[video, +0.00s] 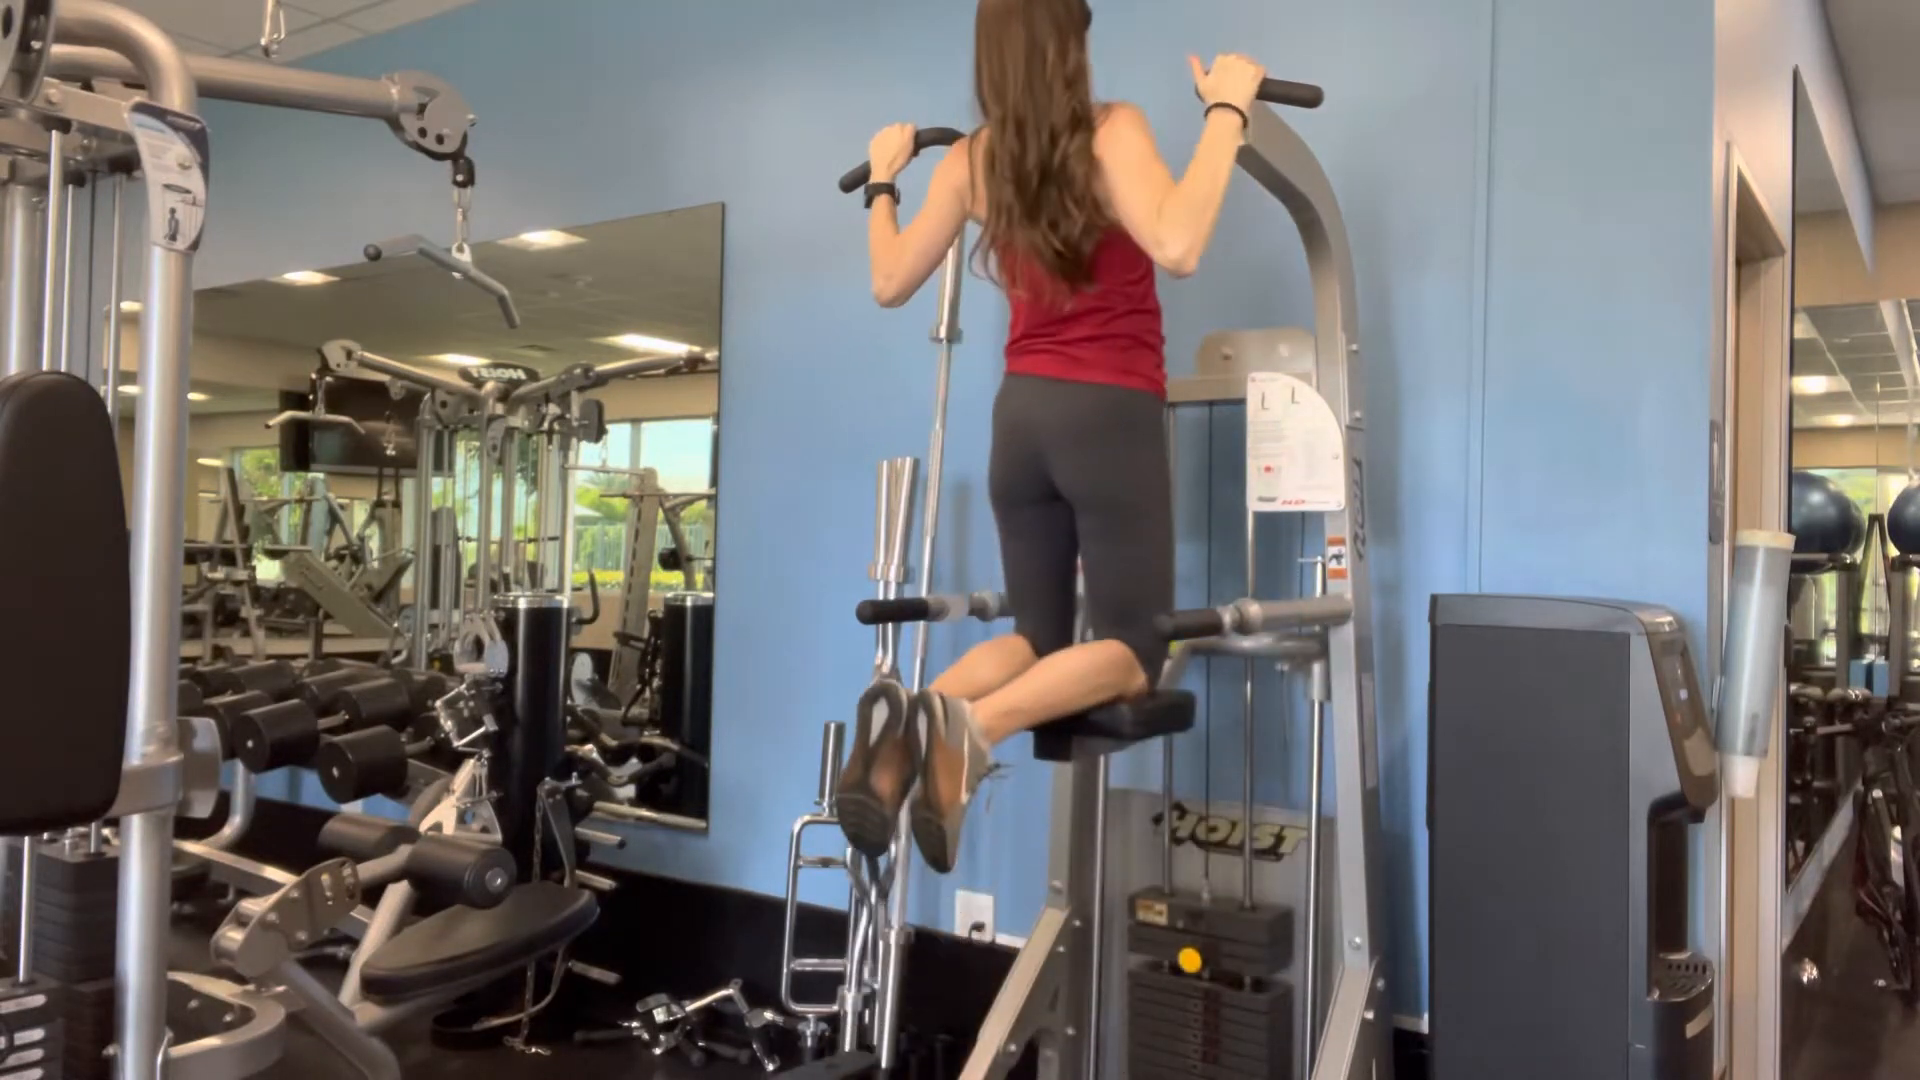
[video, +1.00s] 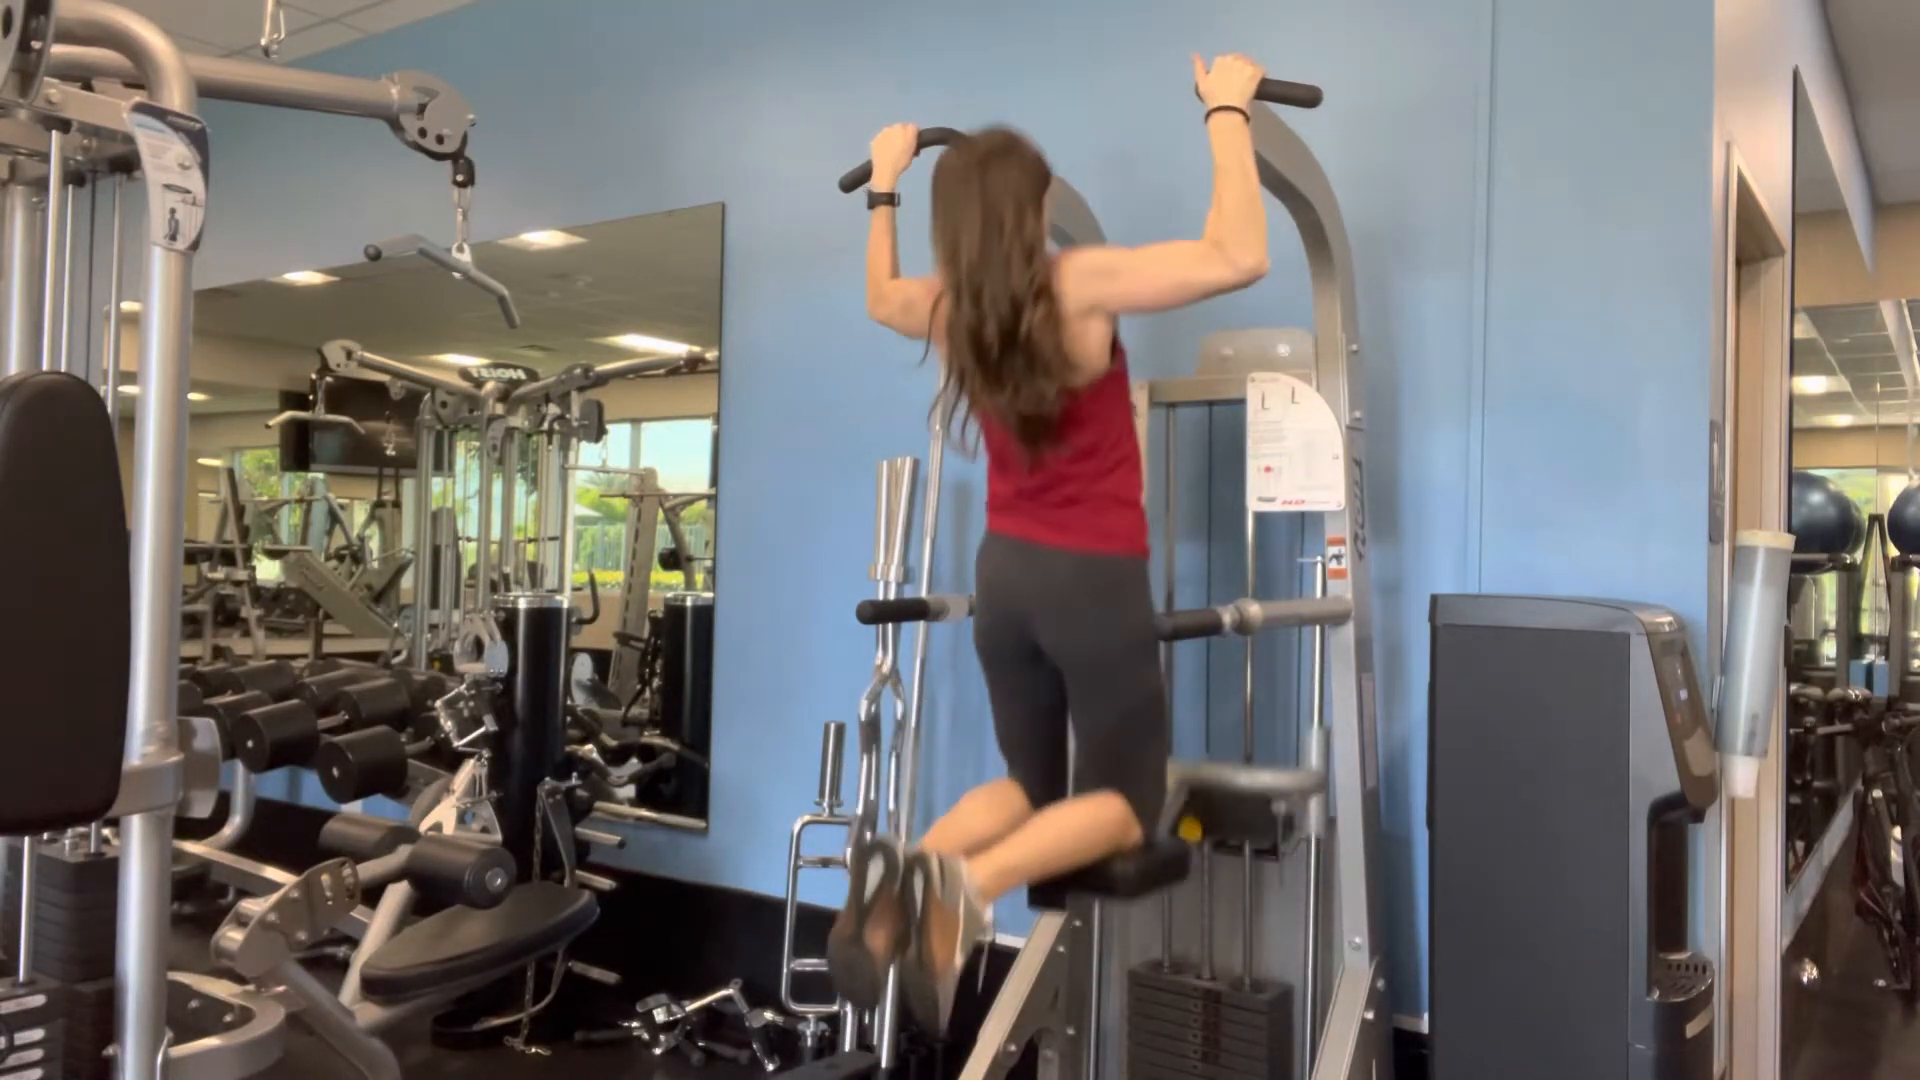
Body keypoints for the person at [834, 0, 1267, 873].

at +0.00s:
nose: (1082, 45)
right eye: (1077, 33)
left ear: (991, 54)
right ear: (1073, 44)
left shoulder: (973, 157)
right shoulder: (1110, 129)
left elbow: (891, 280)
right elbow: (1177, 243)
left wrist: (879, 181)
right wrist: (1228, 114)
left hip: (1020, 415)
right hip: (1110, 416)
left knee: (1039, 638)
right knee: (1132, 653)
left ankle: (915, 716)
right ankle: (978, 724)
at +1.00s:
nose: (1054, 199)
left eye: (1040, 185)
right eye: (1046, 187)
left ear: (953, 216)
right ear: (1036, 204)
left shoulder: (952, 304)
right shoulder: (1077, 278)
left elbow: (880, 295)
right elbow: (1237, 256)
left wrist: (882, 187)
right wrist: (1228, 113)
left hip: (1004, 577)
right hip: (1093, 580)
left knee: (1031, 784)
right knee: (1127, 804)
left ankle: (913, 866)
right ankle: (970, 887)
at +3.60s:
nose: (1040, 169)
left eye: (1018, 160)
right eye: (1031, 160)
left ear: (950, 193)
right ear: (1026, 181)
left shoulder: (947, 283)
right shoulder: (1073, 260)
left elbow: (883, 295)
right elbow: (1233, 257)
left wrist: (885, 188)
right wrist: (1230, 116)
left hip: (999, 557)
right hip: (1086, 560)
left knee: (1028, 765)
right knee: (1128, 785)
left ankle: (901, 854)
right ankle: (958, 868)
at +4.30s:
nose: (1055, 334)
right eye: (1046, 330)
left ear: (969, 372)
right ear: (1044, 358)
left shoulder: (969, 437)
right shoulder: (1094, 416)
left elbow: (922, 307)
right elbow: (1193, 281)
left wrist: (890, 189)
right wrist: (1223, 119)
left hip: (997, 714)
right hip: (1088, 730)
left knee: (1015, 934)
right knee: (1121, 955)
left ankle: (900, 1060)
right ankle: (968, 1076)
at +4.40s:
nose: (1048, 322)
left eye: (988, 321)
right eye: (1040, 315)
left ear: (962, 349)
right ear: (1037, 336)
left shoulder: (961, 424)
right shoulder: (1088, 401)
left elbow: (914, 301)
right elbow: (1200, 277)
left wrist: (888, 185)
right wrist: (1223, 119)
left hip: (997, 695)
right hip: (1087, 708)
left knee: (1016, 915)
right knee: (1119, 935)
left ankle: (900, 1035)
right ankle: (968, 1049)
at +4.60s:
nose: (1042, 254)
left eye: (990, 248)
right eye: (1034, 245)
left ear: (954, 269)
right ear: (1030, 263)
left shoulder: (945, 356)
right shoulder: (1078, 339)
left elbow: (894, 286)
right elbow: (1226, 266)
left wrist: (887, 183)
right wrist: (1228, 117)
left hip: (997, 632)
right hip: (1089, 638)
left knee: (1020, 843)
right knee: (1127, 866)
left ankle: (896, 953)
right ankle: (964, 959)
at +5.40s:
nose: (1077, 30)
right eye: (1073, 21)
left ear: (984, 39)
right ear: (1065, 31)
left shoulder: (966, 146)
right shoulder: (1103, 122)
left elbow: (895, 279)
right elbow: (1175, 249)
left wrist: (880, 182)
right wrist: (1229, 119)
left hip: (1017, 408)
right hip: (1107, 407)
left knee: (1031, 627)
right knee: (1136, 642)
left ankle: (908, 735)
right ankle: (972, 730)